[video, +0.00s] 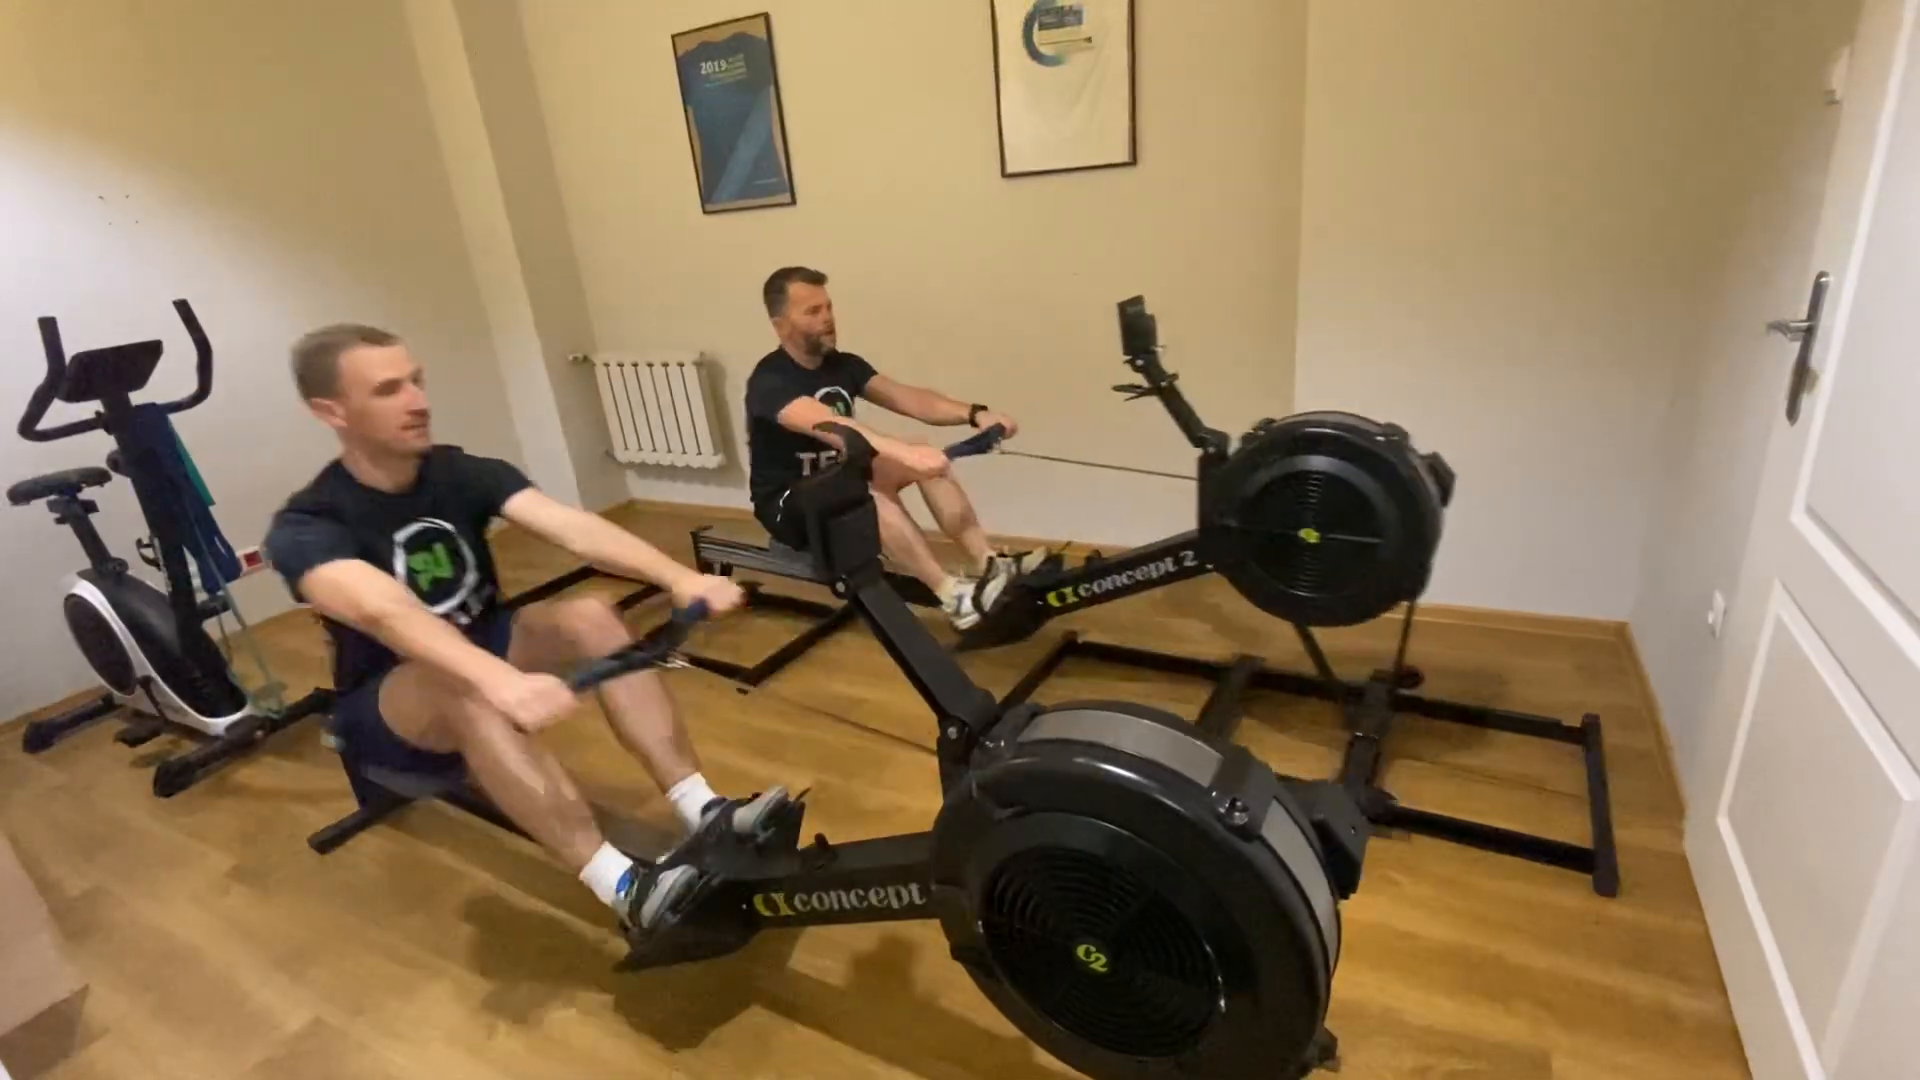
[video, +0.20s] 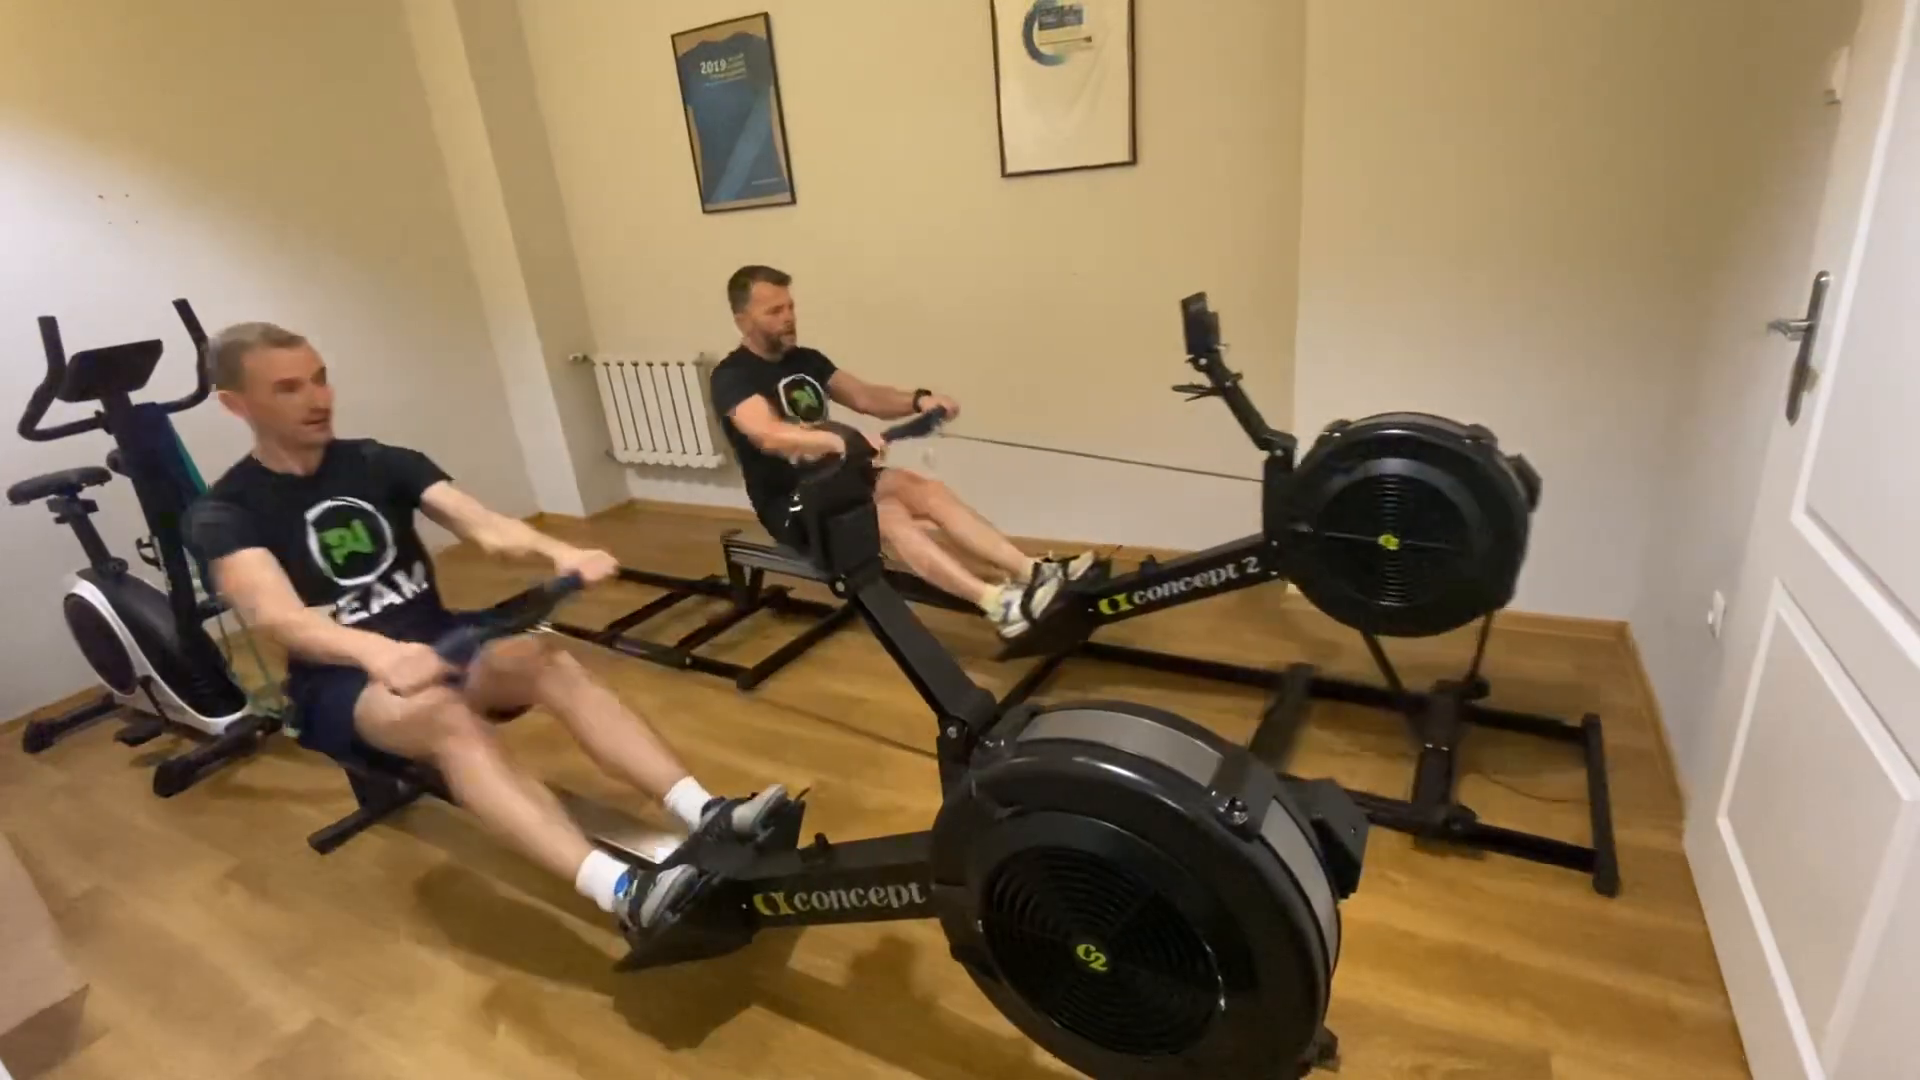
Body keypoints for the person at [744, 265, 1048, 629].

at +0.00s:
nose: (829, 318)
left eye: (829, 308)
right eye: (815, 312)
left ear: (831, 306)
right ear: (781, 325)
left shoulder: (843, 366)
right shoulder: (768, 382)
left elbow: (905, 399)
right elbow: (832, 429)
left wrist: (974, 413)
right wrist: (904, 452)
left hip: (847, 480)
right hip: (790, 502)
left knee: (927, 459)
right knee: (865, 497)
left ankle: (989, 564)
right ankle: (952, 595)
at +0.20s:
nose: (789, 318)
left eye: (790, 307)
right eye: (775, 312)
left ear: (792, 304)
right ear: (742, 319)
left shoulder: (804, 359)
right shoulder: (732, 377)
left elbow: (862, 396)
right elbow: (769, 436)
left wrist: (917, 400)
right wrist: (845, 444)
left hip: (845, 486)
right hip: (796, 509)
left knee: (924, 490)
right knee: (890, 514)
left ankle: (1032, 573)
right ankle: (996, 603)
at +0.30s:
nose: (773, 328)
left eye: (774, 317)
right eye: (760, 320)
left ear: (776, 315)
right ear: (728, 326)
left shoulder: (791, 367)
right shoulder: (717, 383)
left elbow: (850, 409)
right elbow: (731, 450)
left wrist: (885, 407)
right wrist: (804, 443)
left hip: (853, 483)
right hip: (806, 510)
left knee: (935, 514)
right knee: (901, 534)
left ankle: (1048, 577)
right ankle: (1014, 608)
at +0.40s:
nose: (763, 338)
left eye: (765, 328)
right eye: (751, 330)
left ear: (765, 326)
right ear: (719, 333)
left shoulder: (777, 375)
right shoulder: (707, 396)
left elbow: (815, 412)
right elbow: (702, 474)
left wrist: (850, 409)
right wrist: (757, 447)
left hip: (855, 484)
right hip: (814, 513)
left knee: (942, 528)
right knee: (911, 550)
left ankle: (1056, 578)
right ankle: (1024, 610)